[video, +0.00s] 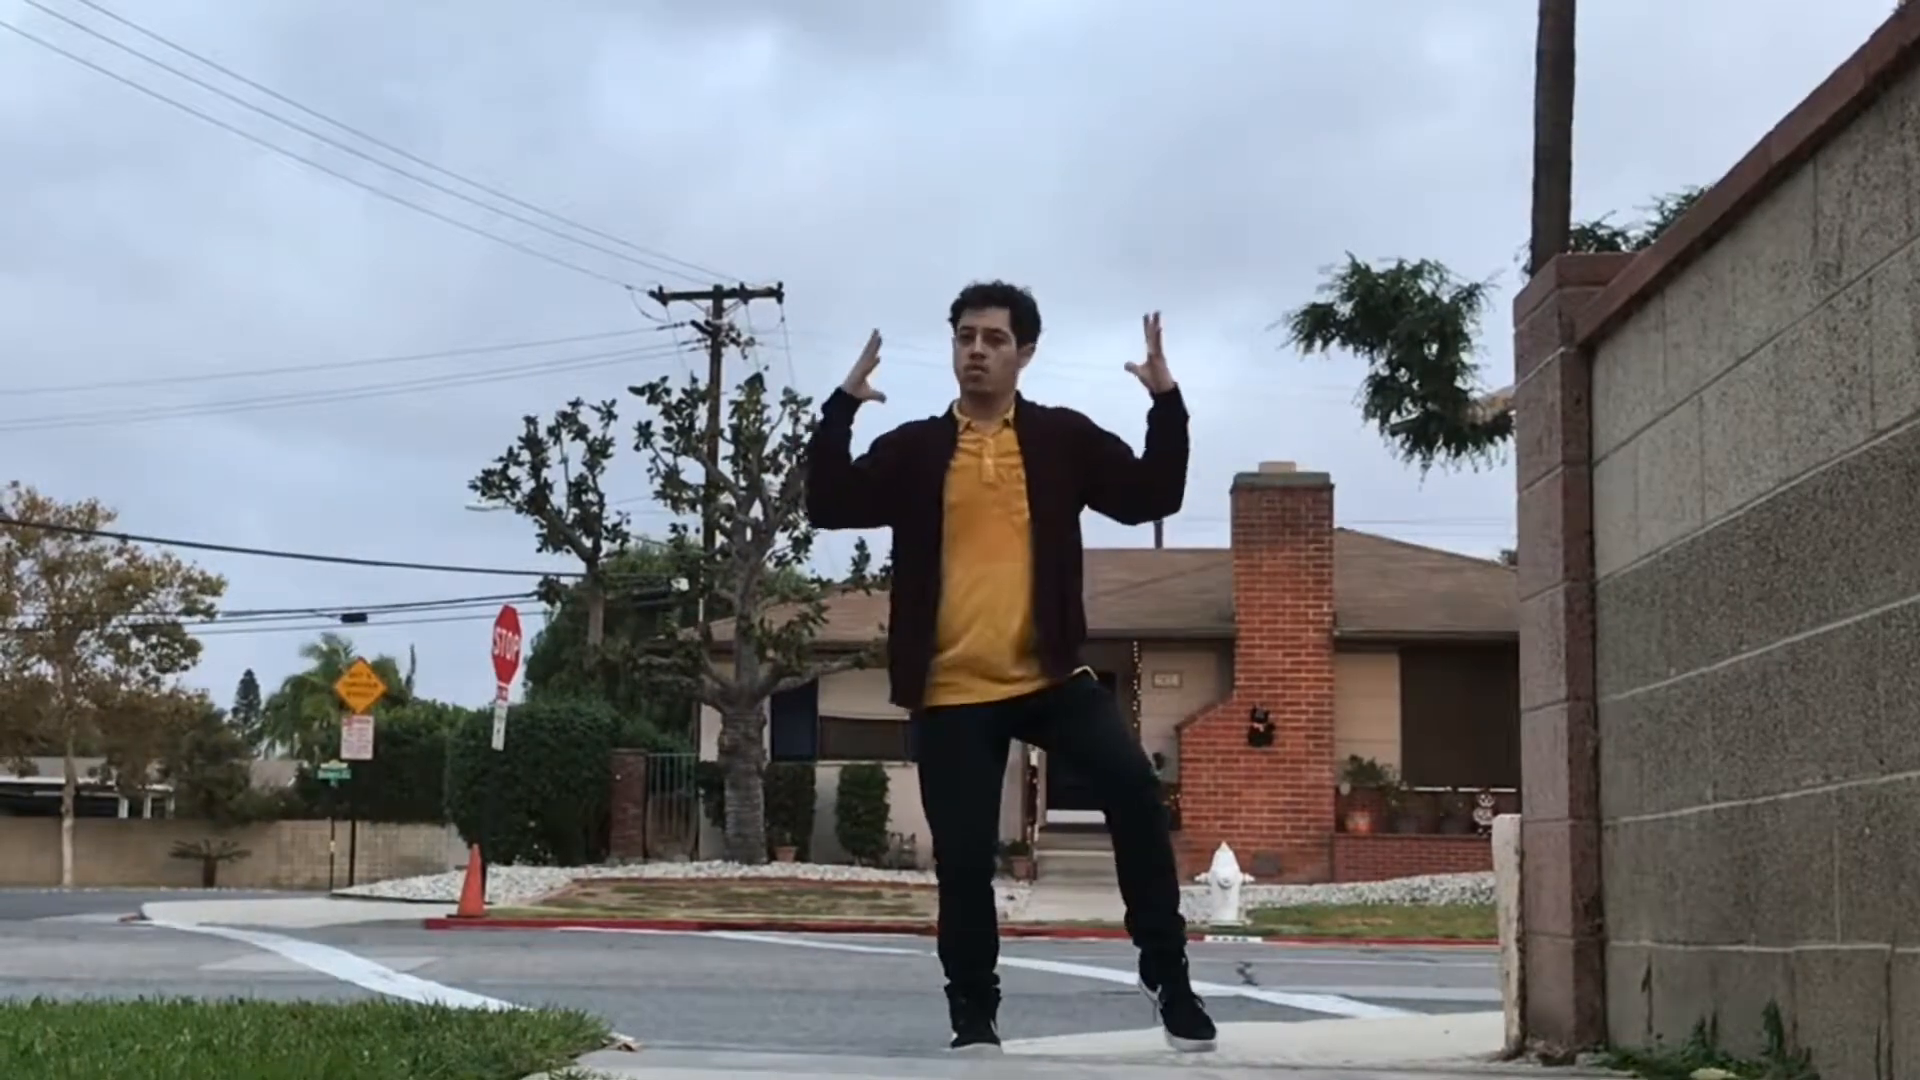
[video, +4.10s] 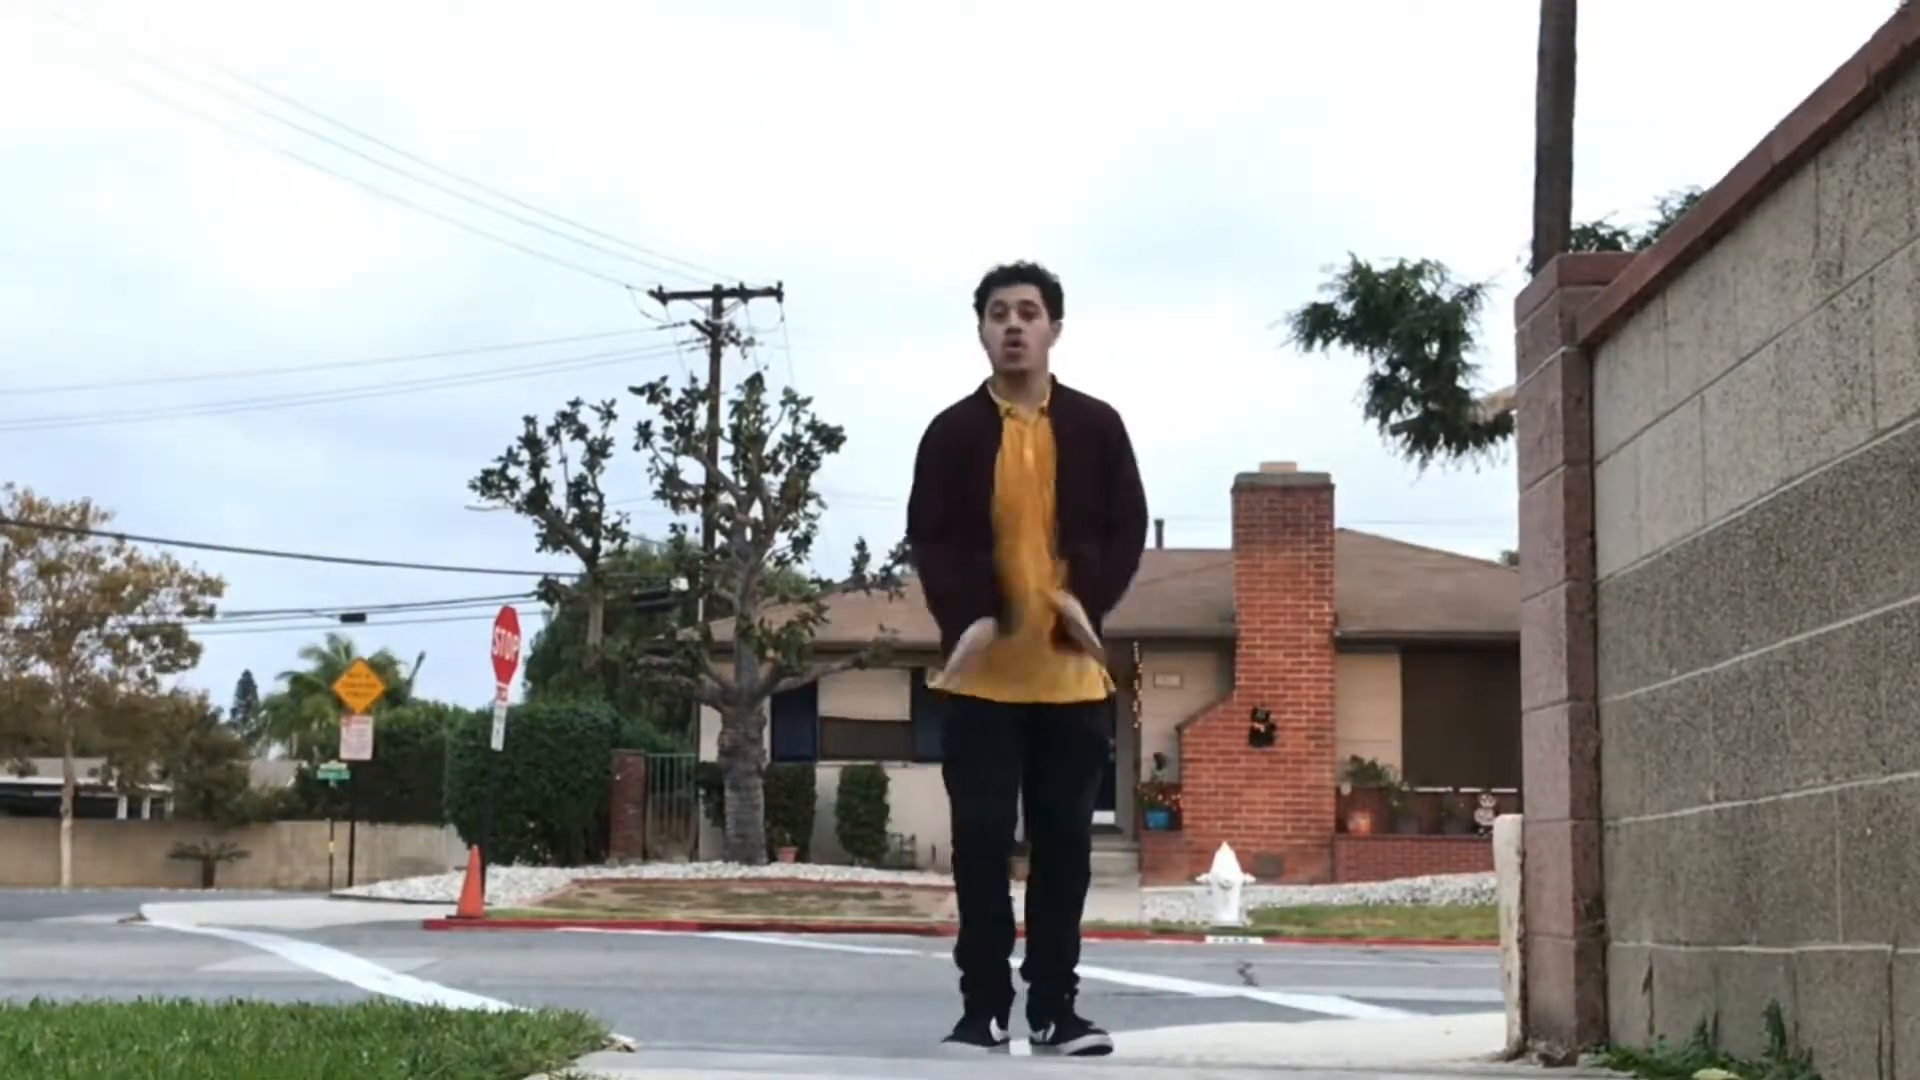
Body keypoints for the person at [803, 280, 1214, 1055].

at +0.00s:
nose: (976, 350)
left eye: (994, 339)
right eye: (966, 337)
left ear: (1025, 353)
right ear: (951, 349)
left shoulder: (1063, 436)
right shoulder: (911, 449)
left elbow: (1155, 495)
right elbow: (828, 502)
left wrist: (1166, 399)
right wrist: (844, 402)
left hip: (1052, 679)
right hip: (952, 691)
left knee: (1134, 789)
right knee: (962, 860)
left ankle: (1170, 977)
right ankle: (973, 1019)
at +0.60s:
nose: (1008, 359)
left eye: (1022, 346)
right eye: (994, 344)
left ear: (1040, 353)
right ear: (968, 348)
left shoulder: (1066, 436)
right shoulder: (921, 439)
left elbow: (1151, 502)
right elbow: (851, 511)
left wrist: (1180, 423)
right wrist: (838, 419)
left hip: (1069, 668)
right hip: (973, 682)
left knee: (1132, 791)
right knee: (977, 844)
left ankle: (1164, 974)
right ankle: (974, 1009)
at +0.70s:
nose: (1007, 357)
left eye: (1022, 344)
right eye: (993, 342)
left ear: (1041, 351)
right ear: (968, 346)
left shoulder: (1071, 440)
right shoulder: (918, 447)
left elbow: (1123, 538)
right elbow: (882, 552)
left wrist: (1152, 498)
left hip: (1070, 666)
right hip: (973, 682)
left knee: (1134, 786)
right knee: (976, 838)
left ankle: (1164, 970)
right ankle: (975, 1005)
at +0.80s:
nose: (1008, 356)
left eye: (1023, 344)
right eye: (994, 342)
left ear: (1042, 352)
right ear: (969, 347)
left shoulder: (1072, 443)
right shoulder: (929, 443)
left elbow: (1106, 545)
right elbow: (919, 545)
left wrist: (1068, 566)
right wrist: (941, 624)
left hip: (1067, 672)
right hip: (974, 681)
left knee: (1134, 793)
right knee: (975, 838)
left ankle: (1164, 972)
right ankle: (974, 1005)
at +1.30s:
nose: (976, 338)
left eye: (990, 323)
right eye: (961, 329)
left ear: (1023, 334)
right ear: (950, 348)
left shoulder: (1075, 433)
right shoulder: (921, 430)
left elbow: (1117, 549)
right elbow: (864, 524)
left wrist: (1089, 616)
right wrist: (923, 594)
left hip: (1047, 681)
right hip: (954, 681)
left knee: (1044, 844)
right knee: (961, 847)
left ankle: (1046, 1010)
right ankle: (971, 1013)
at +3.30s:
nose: (945, 349)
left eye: (957, 332)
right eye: (936, 339)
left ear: (1002, 328)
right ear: (934, 350)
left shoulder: (1078, 424)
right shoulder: (919, 447)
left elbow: (1123, 534)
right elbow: (844, 534)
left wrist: (1132, 642)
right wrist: (892, 609)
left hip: (1063, 675)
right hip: (963, 676)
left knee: (1060, 849)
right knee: (940, 833)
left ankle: (1048, 1011)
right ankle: (910, 1006)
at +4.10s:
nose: (1013, 325)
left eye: (1027, 313)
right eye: (999, 314)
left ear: (1054, 330)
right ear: (981, 332)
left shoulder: (1098, 425)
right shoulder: (950, 431)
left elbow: (1127, 527)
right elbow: (930, 535)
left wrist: (1091, 600)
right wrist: (965, 616)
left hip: (1071, 678)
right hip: (981, 679)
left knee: (1065, 850)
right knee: (981, 847)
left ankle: (1053, 1009)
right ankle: (984, 1009)